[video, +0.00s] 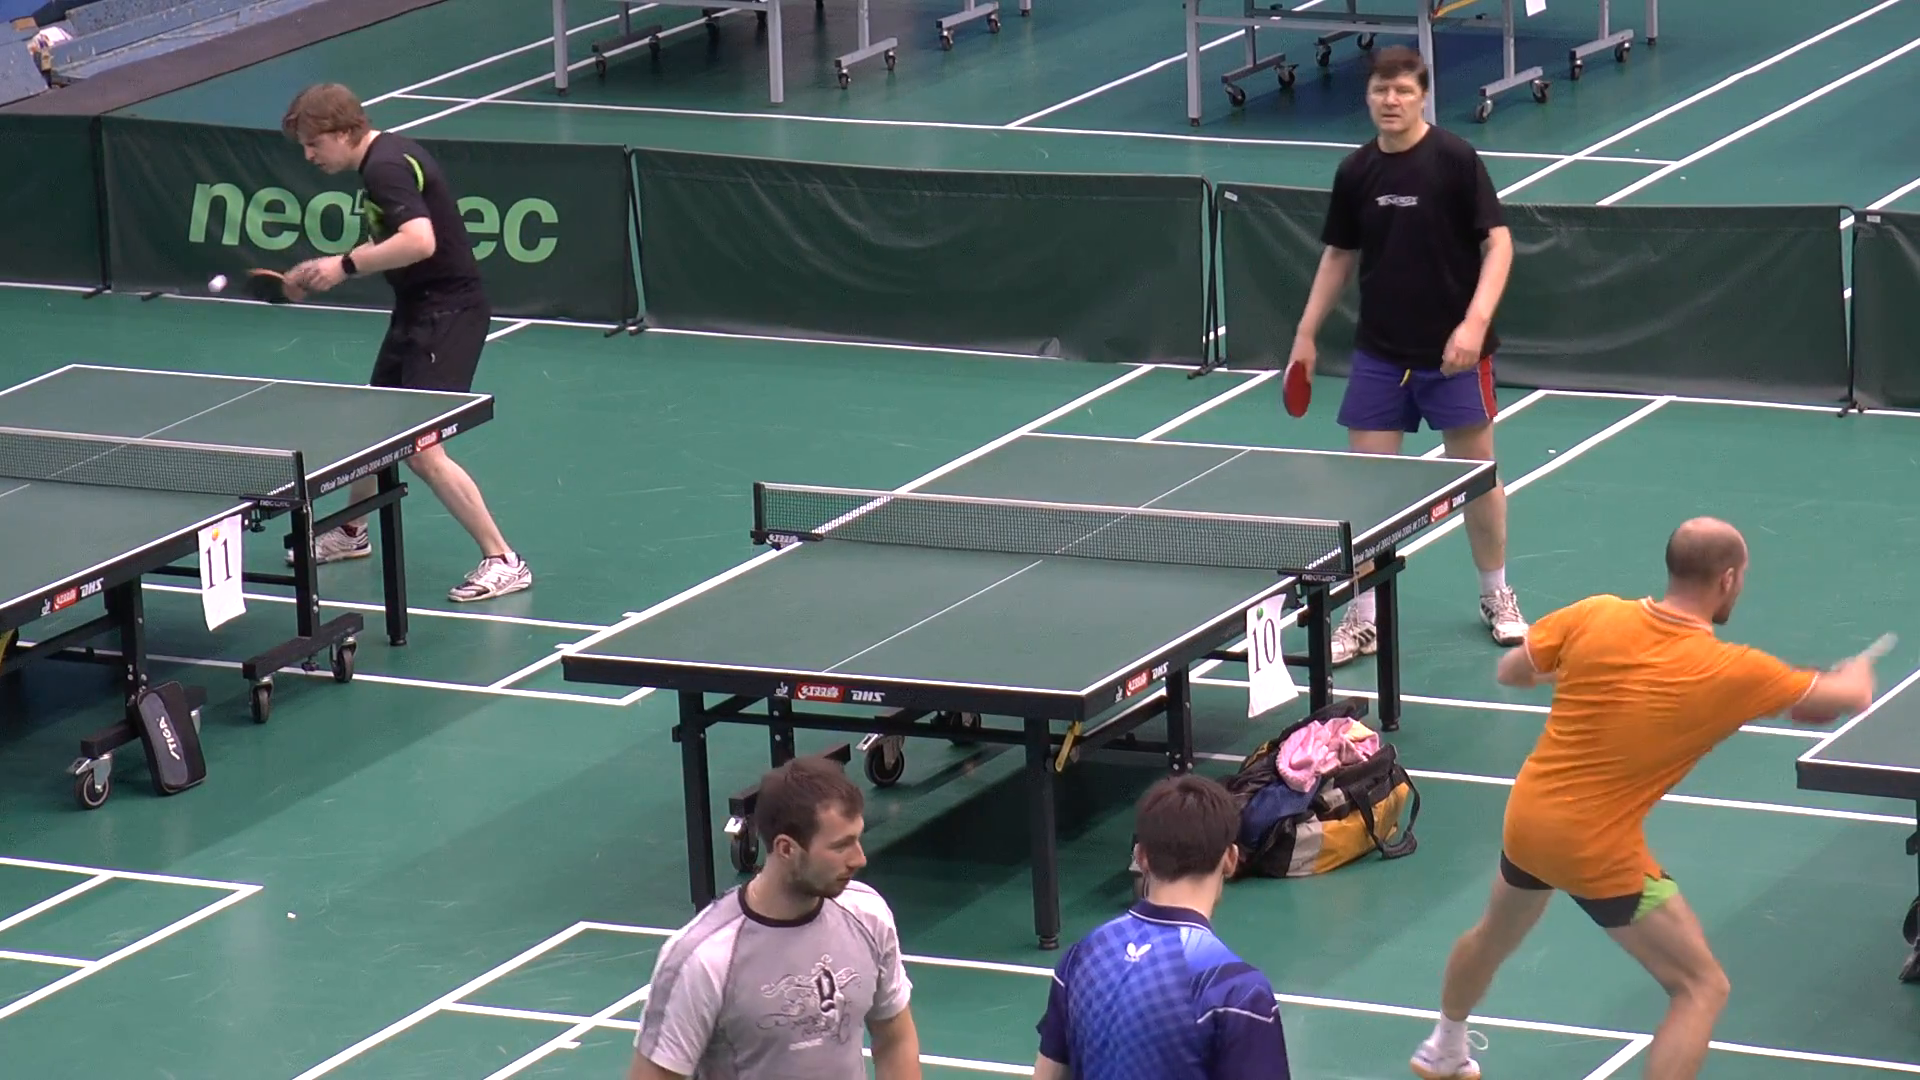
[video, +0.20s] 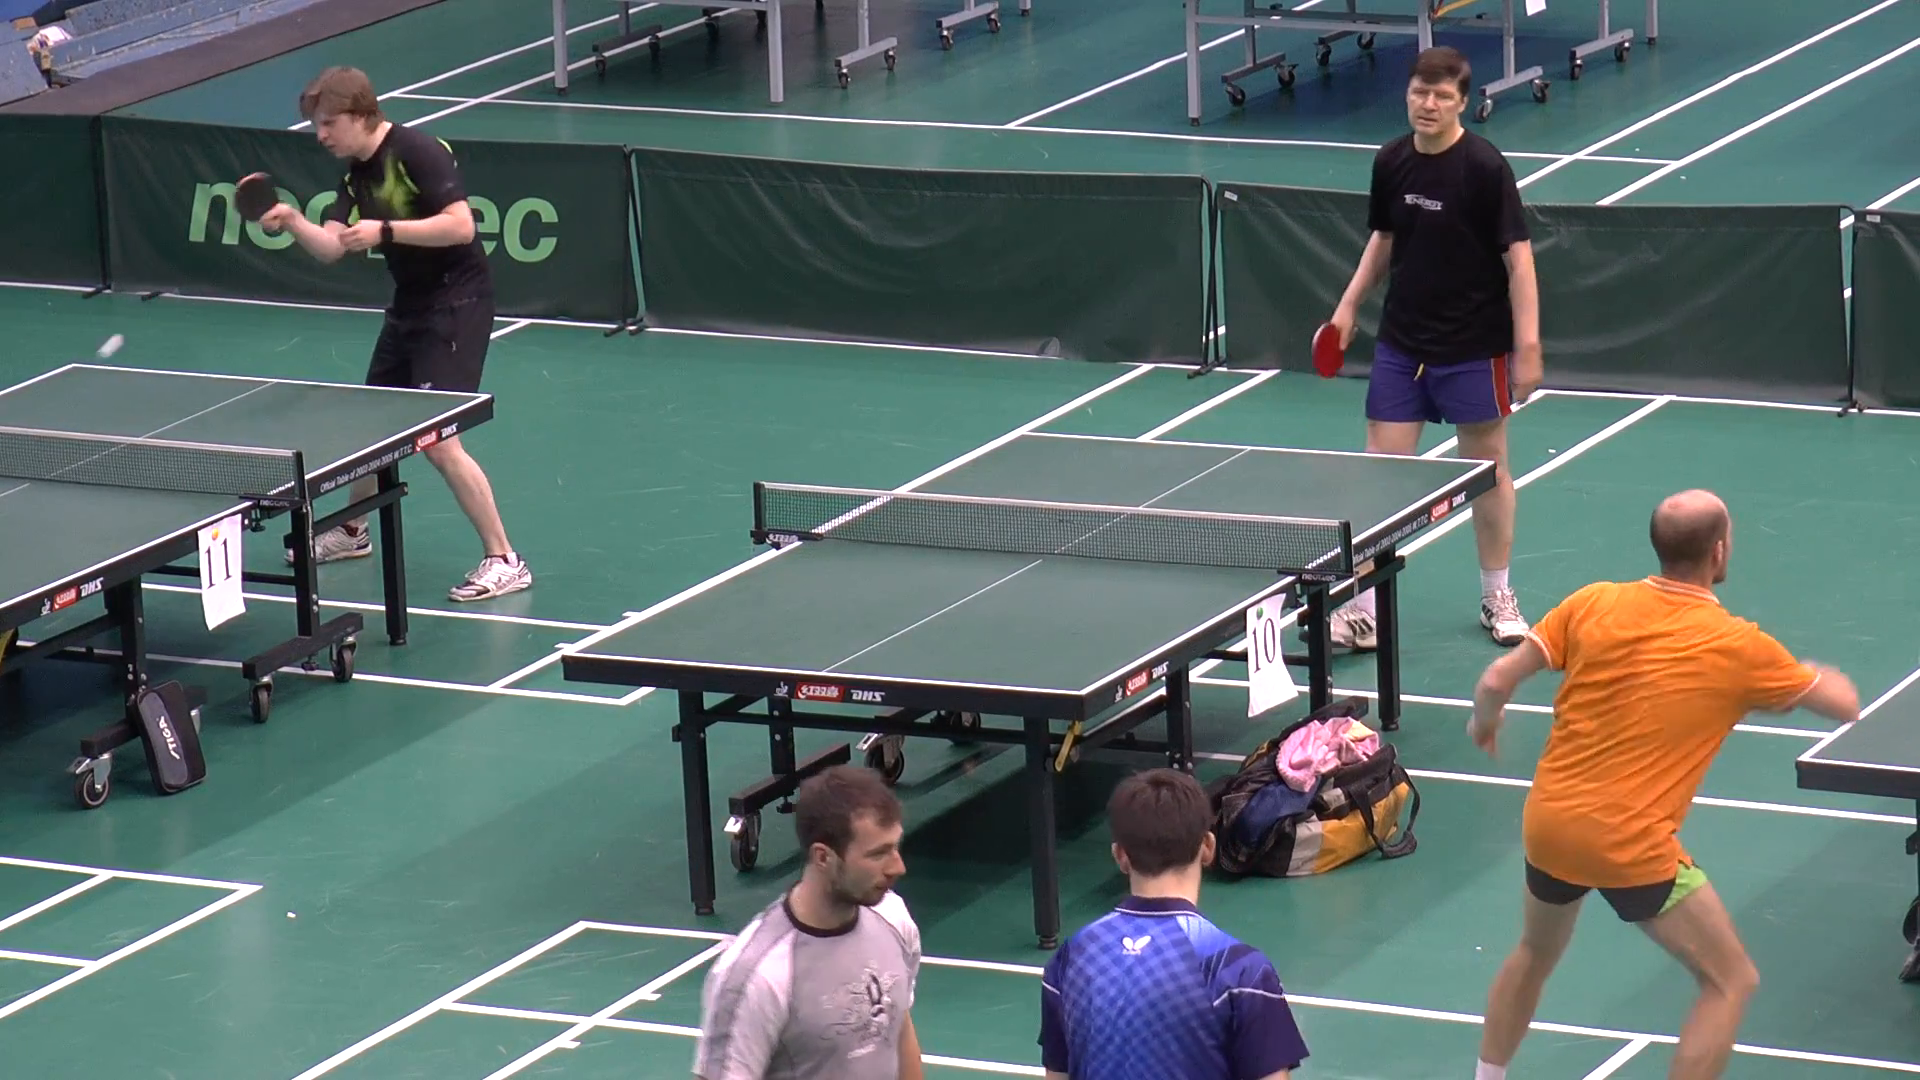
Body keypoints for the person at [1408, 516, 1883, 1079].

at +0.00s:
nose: (1742, 583)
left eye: (1744, 571)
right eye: (1742, 572)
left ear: (1670, 566)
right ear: (1726, 580)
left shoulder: (1597, 615)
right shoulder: (1732, 668)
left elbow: (1511, 670)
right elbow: (1848, 696)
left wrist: (1576, 653)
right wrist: (1858, 667)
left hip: (1526, 818)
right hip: (1597, 847)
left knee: (1493, 931)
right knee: (1701, 988)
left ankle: (1443, 1046)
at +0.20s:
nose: (1731, 545)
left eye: (1726, 535)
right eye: (1729, 537)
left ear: (1658, 548)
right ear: (1719, 551)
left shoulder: (1593, 604)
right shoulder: (1738, 643)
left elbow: (1495, 680)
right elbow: (1845, 706)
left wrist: (1484, 721)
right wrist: (1821, 674)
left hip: (1547, 826)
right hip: (1630, 844)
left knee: (1532, 953)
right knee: (1731, 981)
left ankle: (1487, 1072)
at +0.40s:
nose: (1709, 600)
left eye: (1706, 590)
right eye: (1707, 592)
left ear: (1635, 606)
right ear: (1696, 608)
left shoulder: (1583, 679)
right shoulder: (1729, 700)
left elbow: (1502, 774)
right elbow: (1818, 792)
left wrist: (1510, 816)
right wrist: (1773, 790)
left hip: (1582, 902)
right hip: (1673, 911)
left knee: (1538, 976)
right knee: (1755, 1054)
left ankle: (1491, 1074)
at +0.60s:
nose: (1735, 588)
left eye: (1733, 578)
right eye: (1733, 581)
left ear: (1663, 593)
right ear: (1722, 596)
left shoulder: (1602, 657)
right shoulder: (1743, 687)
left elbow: (1542, 765)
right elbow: (1823, 805)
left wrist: (1578, 809)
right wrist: (1802, 805)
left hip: (1580, 881)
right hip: (1671, 892)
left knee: (1534, 974)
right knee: (1786, 1017)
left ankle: (1475, 1074)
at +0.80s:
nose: (1783, 622)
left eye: (1780, 612)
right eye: (1781, 614)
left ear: (1709, 625)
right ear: (1772, 631)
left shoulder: (1651, 678)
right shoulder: (1771, 736)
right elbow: (1829, 861)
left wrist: (1761, 806)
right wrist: (1797, 863)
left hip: (1589, 894)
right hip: (1671, 914)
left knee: (1548, 990)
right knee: (1810, 1030)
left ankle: (1476, 1075)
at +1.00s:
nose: (1786, 599)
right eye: (1786, 592)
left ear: (1716, 599)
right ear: (1781, 604)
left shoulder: (1658, 657)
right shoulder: (1797, 712)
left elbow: (1570, 698)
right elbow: (1837, 830)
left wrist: (1594, 664)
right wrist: (1774, 805)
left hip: (1610, 883)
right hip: (1706, 900)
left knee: (1534, 997)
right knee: (1805, 1033)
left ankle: (1479, 1076)